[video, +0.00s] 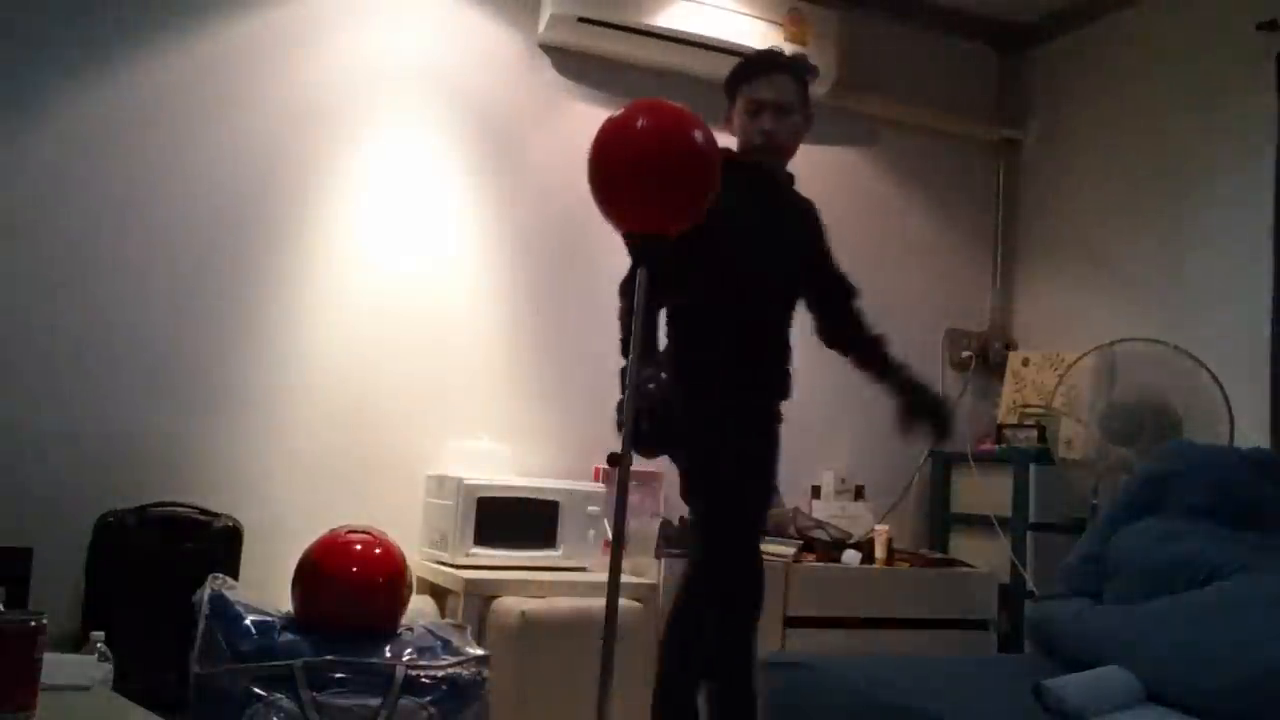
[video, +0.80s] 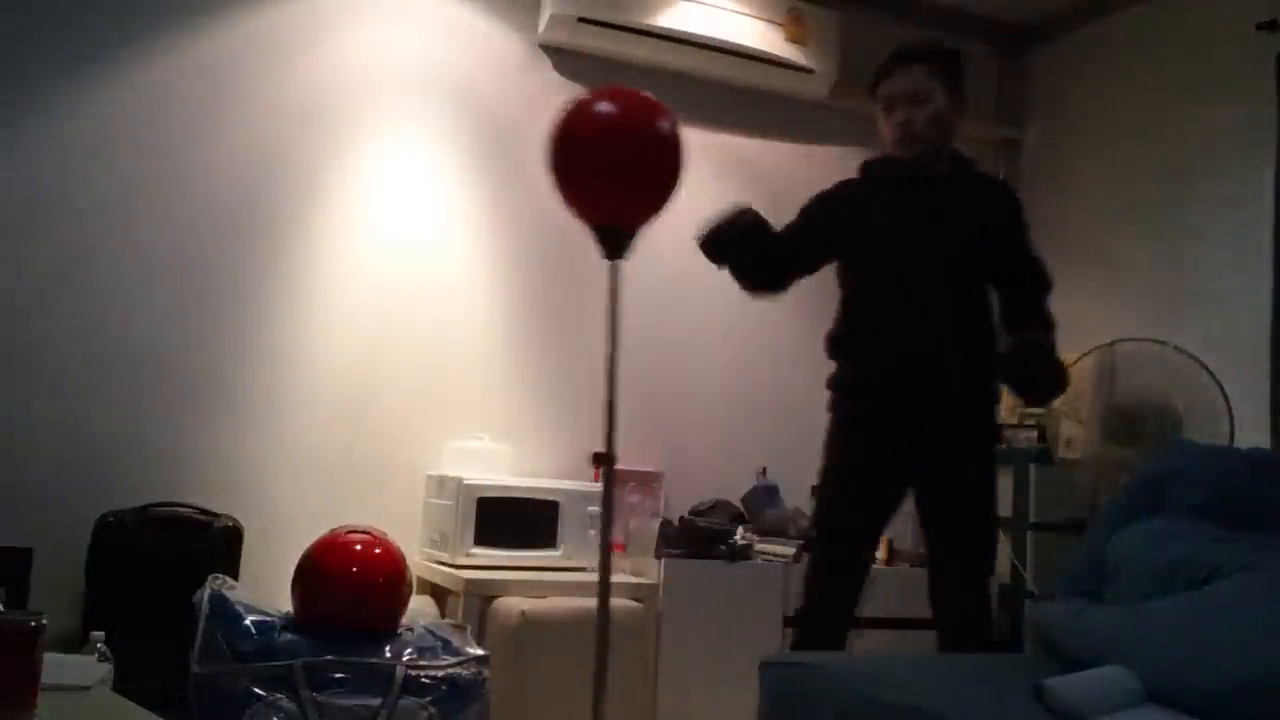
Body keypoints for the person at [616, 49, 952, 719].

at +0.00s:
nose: (770, 125)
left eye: (786, 113)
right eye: (756, 109)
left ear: (806, 126)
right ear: (731, 115)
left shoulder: (797, 215)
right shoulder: (692, 189)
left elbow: (837, 319)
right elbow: (642, 288)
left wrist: (904, 385)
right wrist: (640, 374)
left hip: (754, 405)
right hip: (690, 397)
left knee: (718, 571)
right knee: (736, 576)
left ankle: (673, 705)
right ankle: (732, 709)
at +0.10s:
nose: (773, 119)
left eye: (789, 107)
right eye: (759, 105)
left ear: (812, 120)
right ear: (738, 115)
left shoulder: (814, 213)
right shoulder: (702, 187)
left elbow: (858, 319)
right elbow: (661, 282)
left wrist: (940, 371)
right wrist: (652, 358)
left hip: (777, 400)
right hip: (709, 391)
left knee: (753, 575)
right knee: (746, 575)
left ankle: (706, 712)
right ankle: (701, 713)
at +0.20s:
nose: (775, 115)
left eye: (790, 101)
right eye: (761, 104)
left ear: (818, 113)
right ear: (744, 117)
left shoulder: (830, 209)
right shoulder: (719, 188)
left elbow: (868, 314)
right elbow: (674, 285)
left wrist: (938, 354)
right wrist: (671, 336)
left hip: (801, 409)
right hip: (733, 406)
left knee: (832, 586)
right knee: (746, 590)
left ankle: (737, 659)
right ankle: (731, 709)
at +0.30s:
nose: (786, 113)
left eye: (799, 99)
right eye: (771, 104)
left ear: (827, 107)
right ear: (754, 119)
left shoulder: (846, 202)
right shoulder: (733, 198)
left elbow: (878, 304)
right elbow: (681, 319)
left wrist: (918, 350)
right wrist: (697, 257)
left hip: (825, 414)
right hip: (750, 414)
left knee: (889, 582)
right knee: (751, 596)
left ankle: (796, 673)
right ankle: (737, 717)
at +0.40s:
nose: (794, 111)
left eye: (809, 96)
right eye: (781, 100)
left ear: (840, 105)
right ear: (768, 115)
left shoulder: (868, 198)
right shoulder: (746, 196)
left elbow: (889, 296)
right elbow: (688, 297)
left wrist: (913, 357)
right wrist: (673, 231)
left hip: (854, 414)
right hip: (772, 415)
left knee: (911, 580)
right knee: (760, 592)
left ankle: (851, 707)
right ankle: (743, 717)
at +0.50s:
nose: (812, 113)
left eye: (826, 98)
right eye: (800, 102)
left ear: (859, 106)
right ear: (788, 116)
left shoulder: (894, 197)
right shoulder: (772, 191)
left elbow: (916, 299)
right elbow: (705, 263)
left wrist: (934, 377)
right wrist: (695, 204)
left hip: (876, 409)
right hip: (792, 411)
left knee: (915, 566)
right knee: (772, 576)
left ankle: (936, 709)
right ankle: (747, 711)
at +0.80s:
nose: (908, 117)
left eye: (923, 101)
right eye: (893, 106)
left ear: (954, 108)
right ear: (878, 120)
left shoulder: (989, 201)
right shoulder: (857, 198)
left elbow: (1024, 293)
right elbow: (773, 268)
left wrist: (1033, 359)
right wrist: (742, 241)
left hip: (960, 412)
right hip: (870, 413)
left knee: (964, 586)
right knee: (831, 579)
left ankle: (971, 707)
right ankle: (805, 705)